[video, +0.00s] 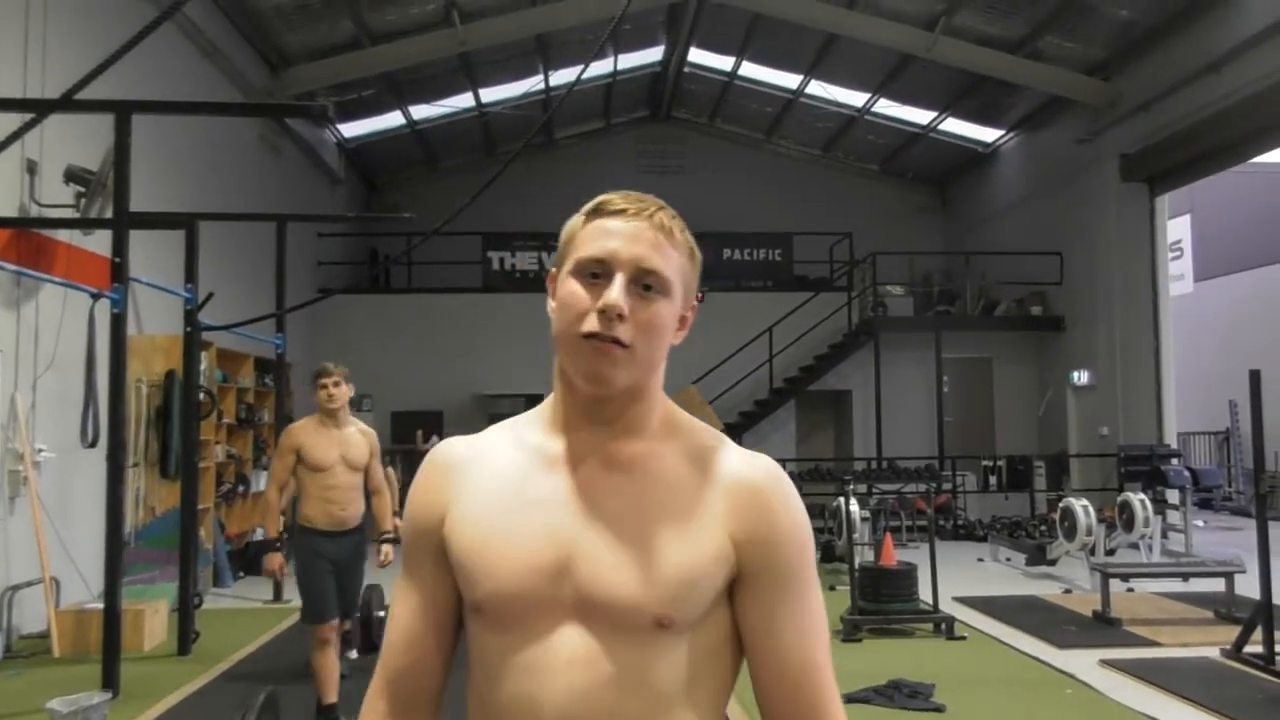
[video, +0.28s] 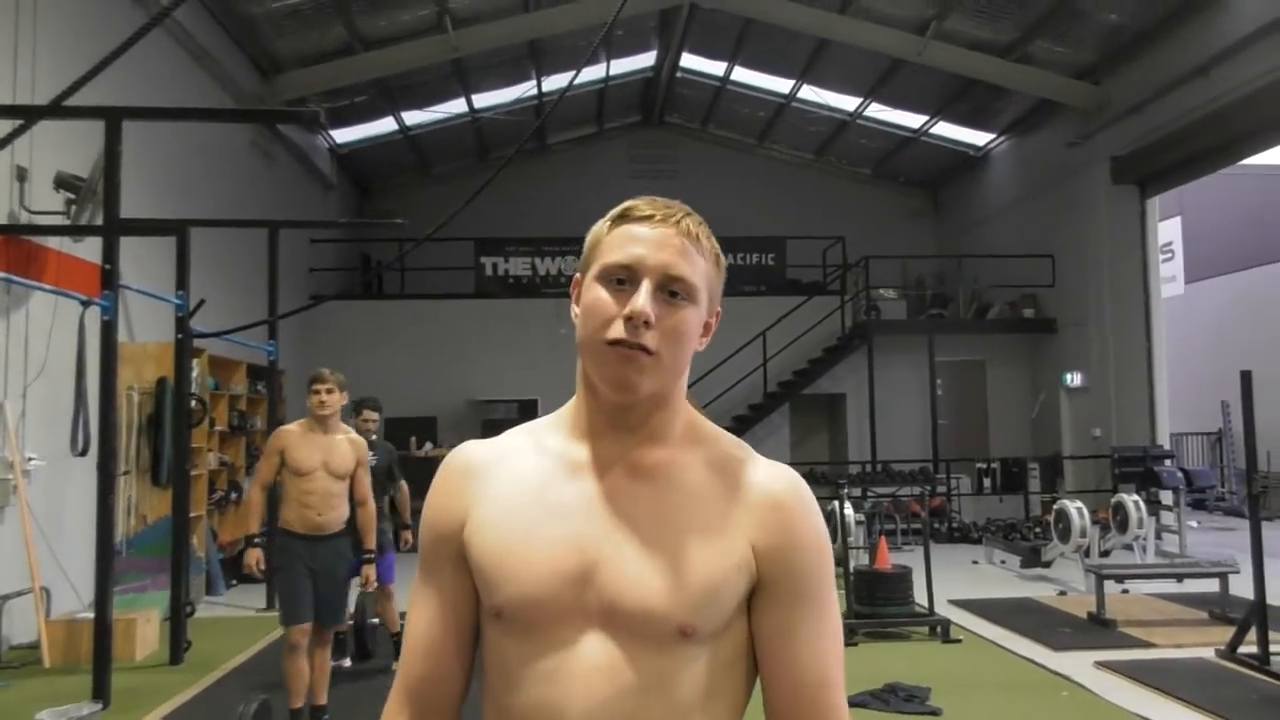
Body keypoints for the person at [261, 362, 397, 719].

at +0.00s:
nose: (330, 391)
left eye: (337, 385)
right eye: (323, 387)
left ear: (349, 391)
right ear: (315, 394)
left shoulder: (366, 436)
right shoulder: (297, 434)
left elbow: (379, 489)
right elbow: (274, 489)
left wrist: (387, 535)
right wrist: (272, 545)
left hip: (354, 538)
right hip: (312, 538)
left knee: (339, 627)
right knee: (325, 633)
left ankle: (327, 702)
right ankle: (329, 709)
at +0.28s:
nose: (322, 398)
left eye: (329, 392)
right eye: (316, 393)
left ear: (343, 398)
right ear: (307, 399)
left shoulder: (356, 444)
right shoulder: (285, 436)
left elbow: (365, 502)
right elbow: (259, 487)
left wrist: (369, 556)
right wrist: (253, 540)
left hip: (336, 544)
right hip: (291, 543)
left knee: (324, 636)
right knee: (298, 636)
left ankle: (319, 710)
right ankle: (297, 712)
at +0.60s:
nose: (288, 408)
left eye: (295, 402)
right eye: (282, 403)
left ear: (309, 408)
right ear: (274, 409)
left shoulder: (328, 453)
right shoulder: (255, 451)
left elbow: (343, 509)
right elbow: (237, 505)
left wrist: (352, 561)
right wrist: (232, 561)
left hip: (310, 561)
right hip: (263, 561)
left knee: (306, 648)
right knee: (250, 653)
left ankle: (308, 714)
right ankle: (240, 715)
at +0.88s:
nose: (252, 417)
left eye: (260, 411)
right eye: (246, 411)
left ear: (275, 417)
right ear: (237, 419)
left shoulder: (295, 461)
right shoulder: (221, 463)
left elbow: (311, 516)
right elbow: (204, 519)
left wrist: (313, 570)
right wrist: (199, 575)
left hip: (285, 570)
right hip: (237, 572)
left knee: (291, 662)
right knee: (236, 666)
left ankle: (301, 716)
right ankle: (231, 718)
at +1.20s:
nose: (229, 431)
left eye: (236, 424)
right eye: (221, 426)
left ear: (247, 428)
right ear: (211, 434)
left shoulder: (273, 468)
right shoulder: (197, 480)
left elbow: (293, 522)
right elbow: (164, 535)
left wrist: (286, 569)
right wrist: (174, 593)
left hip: (272, 579)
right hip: (223, 584)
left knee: (290, 669)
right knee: (227, 679)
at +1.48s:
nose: (232, 439)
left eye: (238, 432)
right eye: (223, 434)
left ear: (248, 437)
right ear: (211, 441)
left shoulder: (269, 478)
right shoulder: (196, 487)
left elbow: (287, 534)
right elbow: (177, 546)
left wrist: (302, 585)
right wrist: (180, 603)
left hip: (266, 590)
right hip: (220, 594)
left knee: (278, 680)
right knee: (225, 686)